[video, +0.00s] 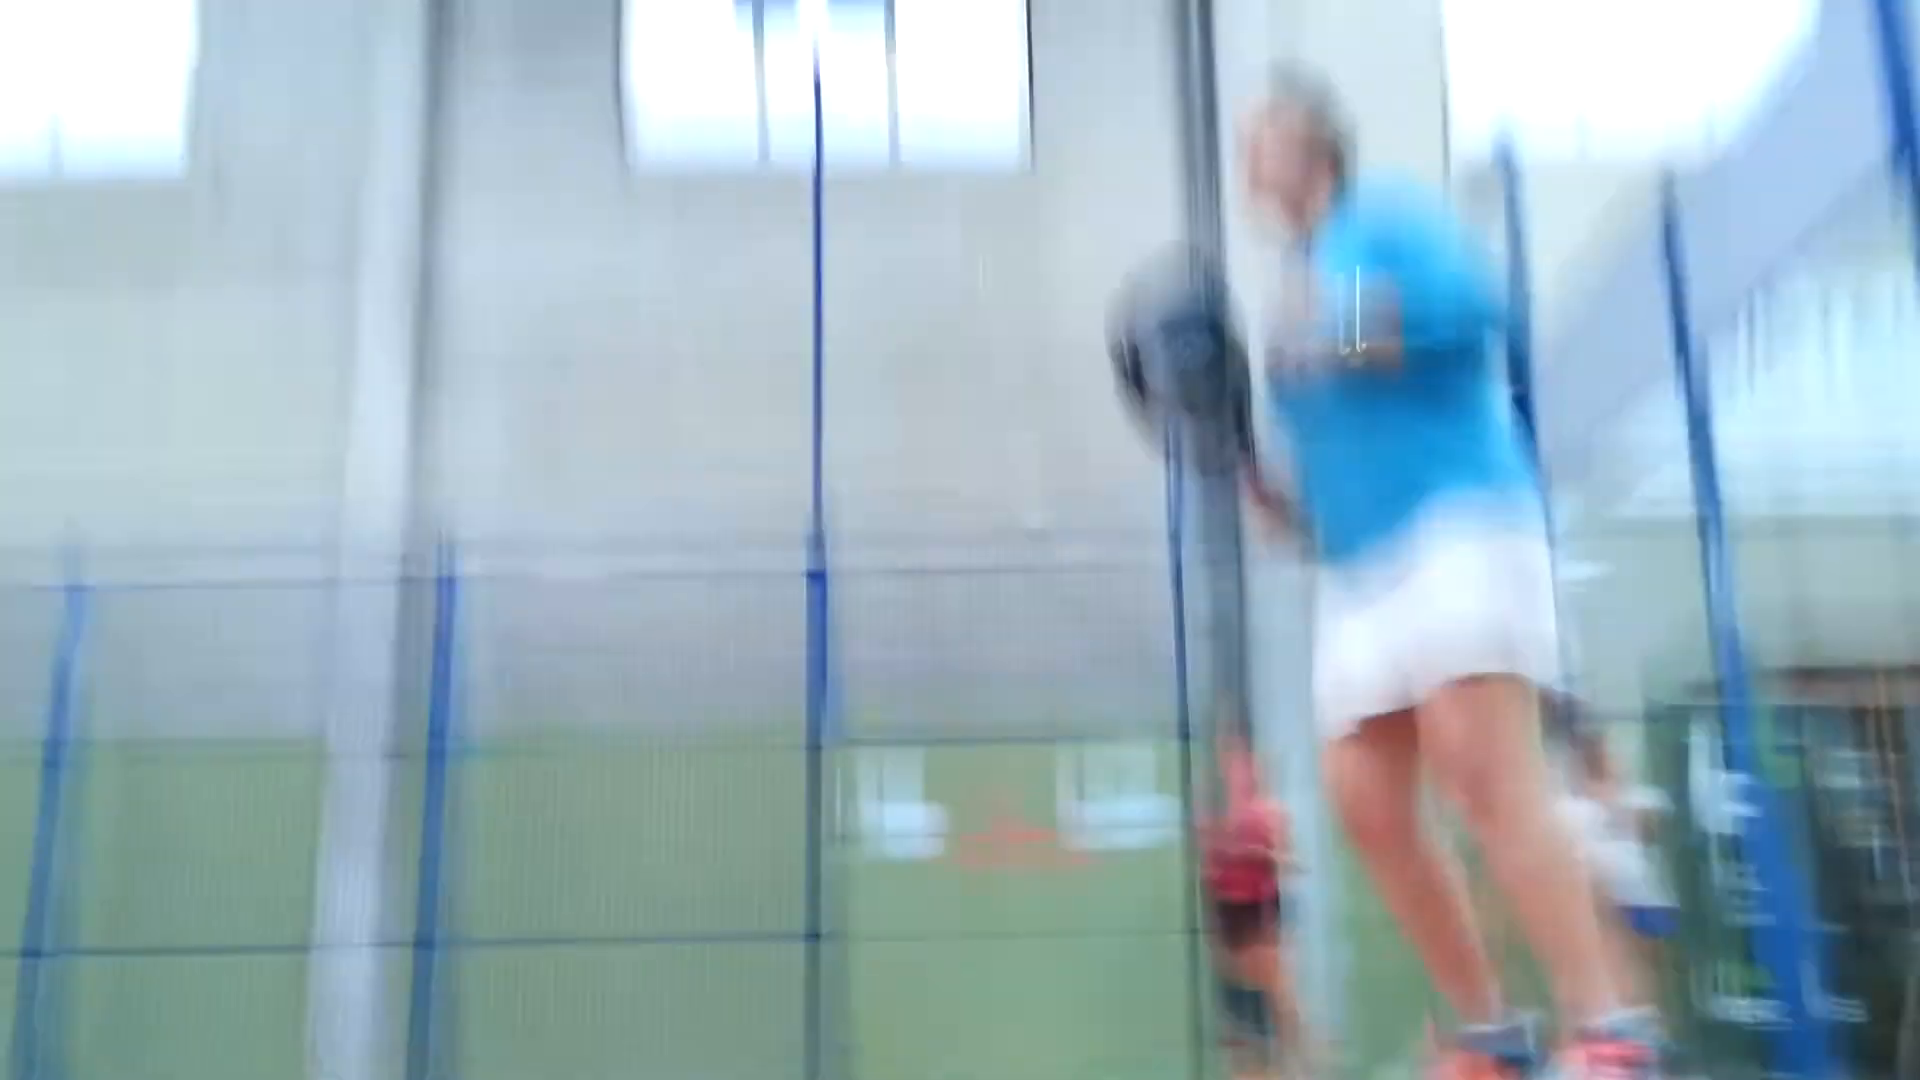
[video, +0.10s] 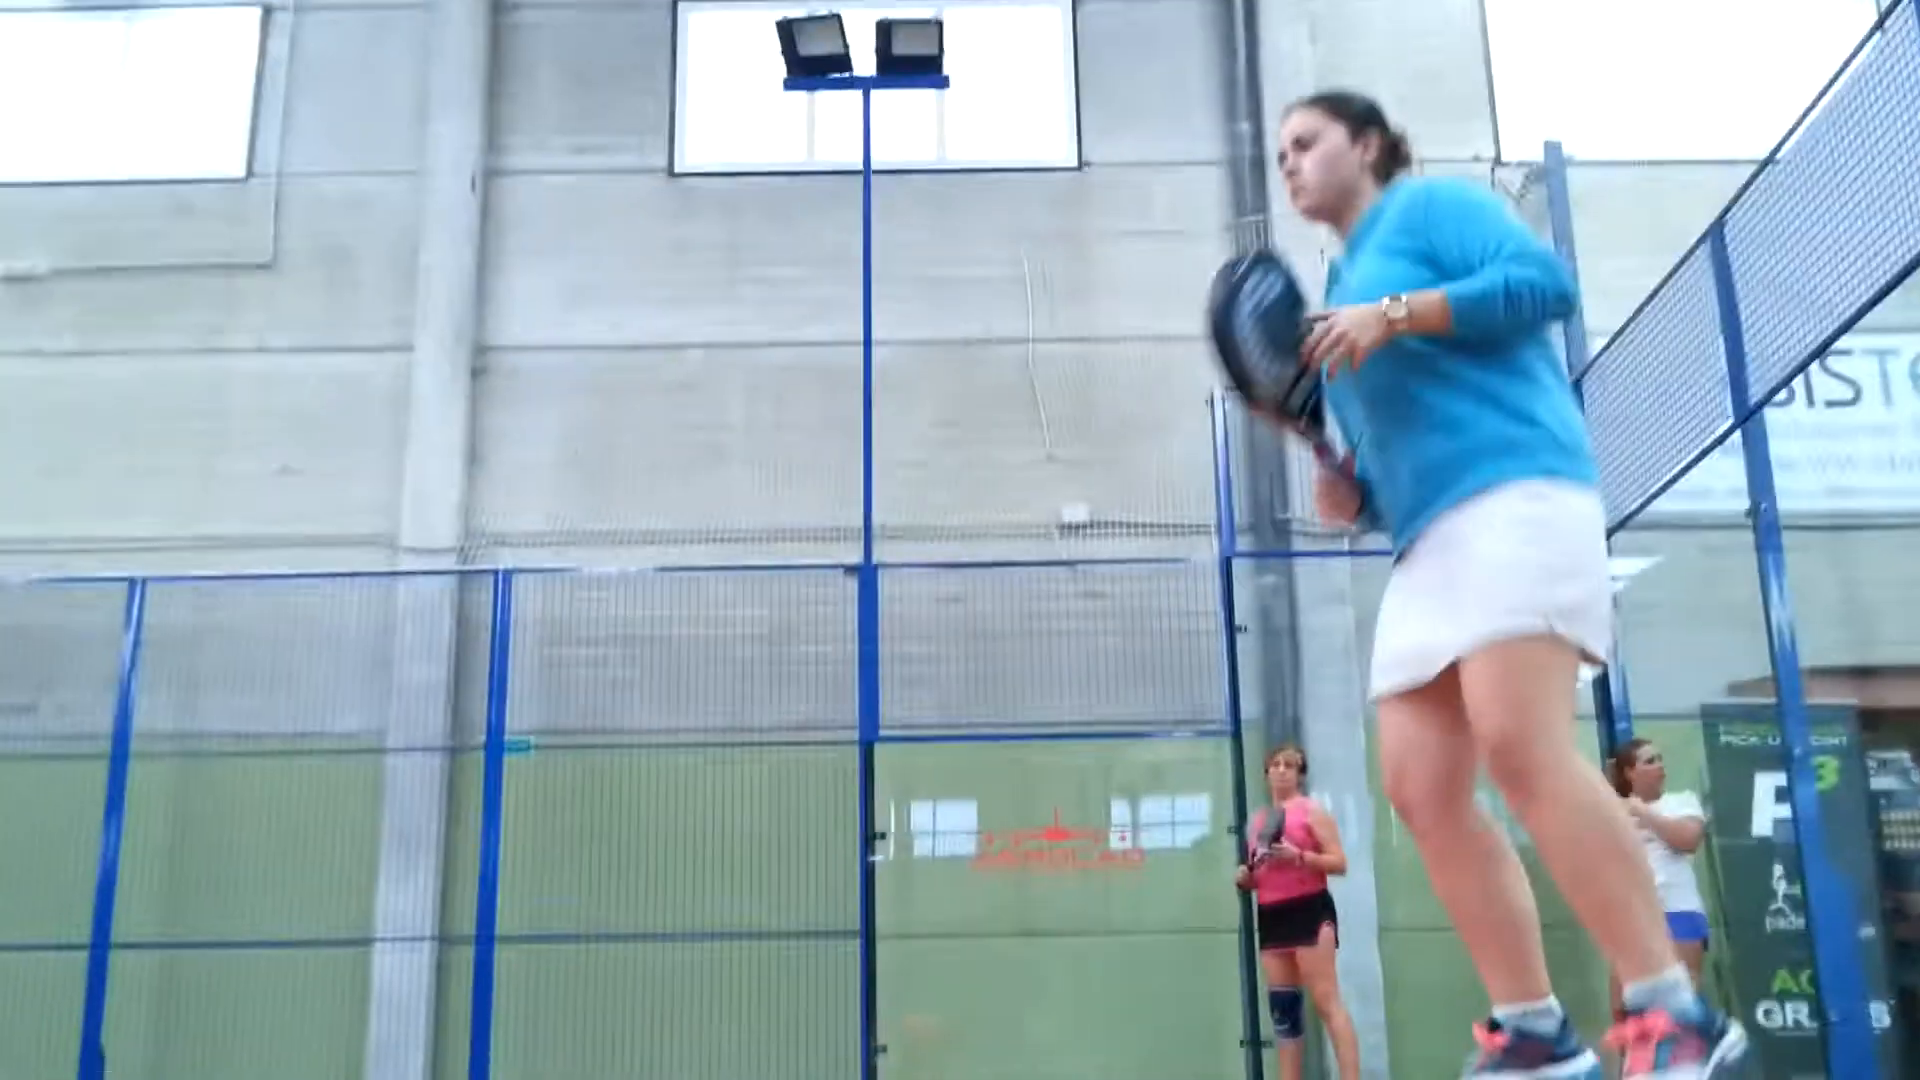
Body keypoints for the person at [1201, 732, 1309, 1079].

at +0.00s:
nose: (1238, 777)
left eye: (1244, 768)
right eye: (1232, 768)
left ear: (1256, 773)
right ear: (1223, 775)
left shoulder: (1265, 814)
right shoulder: (1220, 817)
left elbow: (1280, 856)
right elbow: (1213, 865)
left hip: (1259, 900)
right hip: (1227, 902)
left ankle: (1292, 1054)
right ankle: (1245, 1061)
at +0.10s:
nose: (1281, 771)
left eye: (1288, 766)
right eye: (1276, 765)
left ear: (1300, 773)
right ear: (1266, 773)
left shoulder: (1312, 811)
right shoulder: (1259, 819)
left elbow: (1338, 862)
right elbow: (1254, 869)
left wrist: (1299, 856)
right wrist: (1246, 874)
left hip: (1309, 905)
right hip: (1271, 907)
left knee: (1326, 1002)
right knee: (1283, 1009)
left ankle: (1350, 1073)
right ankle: (1288, 1075)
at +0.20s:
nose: (1284, 723)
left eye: (1290, 716)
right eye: (1278, 716)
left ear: (1302, 721)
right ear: (1270, 722)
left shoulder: (1315, 761)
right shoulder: (1262, 768)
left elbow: (1339, 808)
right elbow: (1261, 812)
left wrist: (1300, 802)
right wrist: (1250, 822)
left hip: (1311, 854)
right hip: (1273, 857)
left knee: (1330, 950)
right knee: (1287, 956)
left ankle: (1355, 1034)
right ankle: (1292, 1041)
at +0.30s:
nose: (1285, 671)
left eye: (1292, 664)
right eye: (1279, 664)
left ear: (1302, 672)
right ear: (1269, 672)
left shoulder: (1315, 711)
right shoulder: (1262, 719)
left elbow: (1340, 759)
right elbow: (1260, 764)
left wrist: (1300, 754)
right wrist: (1250, 773)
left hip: (1311, 802)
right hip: (1273, 805)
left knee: (1328, 897)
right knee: (1286, 904)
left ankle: (1354, 985)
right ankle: (1291, 990)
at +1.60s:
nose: (1296, 677)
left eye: (1303, 671)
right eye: (1290, 671)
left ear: (1316, 679)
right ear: (1282, 679)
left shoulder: (1330, 717)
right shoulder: (1274, 724)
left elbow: (1355, 772)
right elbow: (1267, 772)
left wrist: (1320, 765)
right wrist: (1262, 783)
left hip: (1326, 812)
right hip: (1288, 815)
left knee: (1335, 908)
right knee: (1297, 914)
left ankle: (1363, 998)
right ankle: (1299, 1001)